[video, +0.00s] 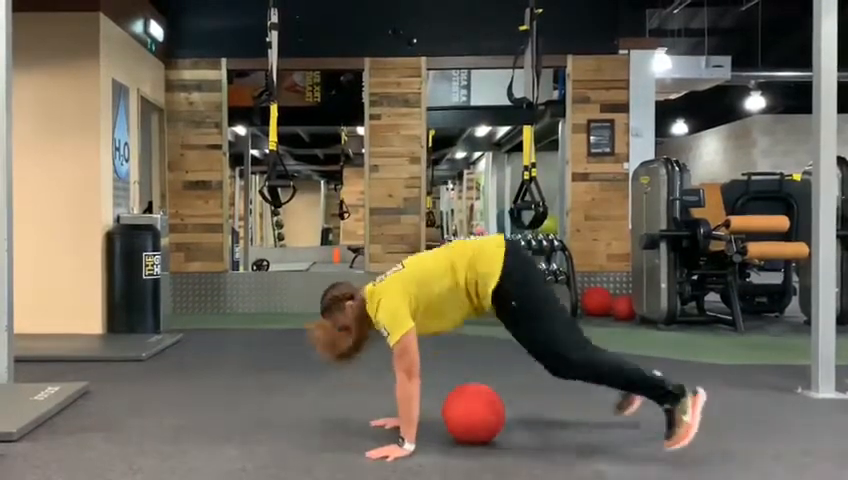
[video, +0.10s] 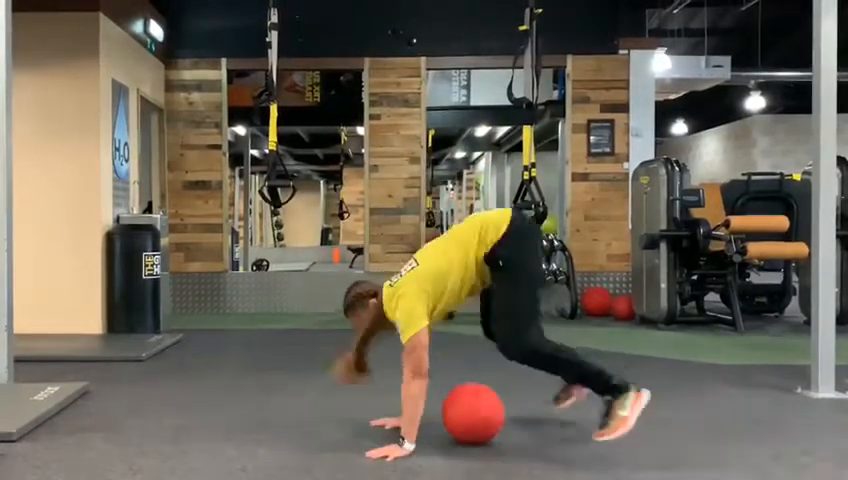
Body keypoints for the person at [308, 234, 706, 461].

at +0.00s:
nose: (348, 334)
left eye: (342, 328)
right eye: (341, 329)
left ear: (348, 313)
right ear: (352, 300)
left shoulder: (387, 299)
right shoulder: (385, 293)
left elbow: (408, 373)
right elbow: (408, 367)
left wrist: (408, 442)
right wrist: (405, 420)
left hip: (503, 269)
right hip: (497, 274)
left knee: (570, 358)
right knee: (562, 356)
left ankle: (679, 398)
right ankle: (635, 380)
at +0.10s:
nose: (362, 330)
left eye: (359, 322)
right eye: (357, 325)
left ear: (371, 305)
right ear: (372, 299)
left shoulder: (407, 300)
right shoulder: (399, 293)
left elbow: (416, 375)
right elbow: (416, 367)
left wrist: (408, 442)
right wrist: (408, 418)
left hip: (510, 236)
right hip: (491, 249)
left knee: (519, 342)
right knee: (500, 334)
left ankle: (622, 392)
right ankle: (578, 377)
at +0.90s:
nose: (456, 98)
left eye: (460, 89)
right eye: (453, 92)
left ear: (484, 78)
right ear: (475, 83)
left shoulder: (507, 106)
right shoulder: (483, 116)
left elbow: (453, 147)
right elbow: (446, 156)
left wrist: (408, 113)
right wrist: (406, 127)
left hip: (512, 234)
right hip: (491, 234)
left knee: (477, 327)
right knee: (460, 315)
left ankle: (514, 441)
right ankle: (488, 402)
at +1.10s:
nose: (443, 88)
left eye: (445, 79)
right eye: (438, 82)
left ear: (464, 61)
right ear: (445, 76)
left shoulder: (497, 85)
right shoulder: (465, 105)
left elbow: (458, 27)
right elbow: (449, 136)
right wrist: (461, 101)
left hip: (490, 224)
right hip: (470, 224)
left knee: (482, 322)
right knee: (470, 315)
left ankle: (516, 441)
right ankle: (491, 400)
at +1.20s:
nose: (422, 88)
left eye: (424, 80)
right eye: (419, 83)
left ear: (445, 68)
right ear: (439, 73)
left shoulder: (476, 89)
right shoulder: (443, 105)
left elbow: (464, 22)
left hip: (484, 223)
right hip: (463, 225)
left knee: (487, 326)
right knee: (474, 318)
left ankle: (517, 442)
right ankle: (492, 401)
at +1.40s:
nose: (408, 91)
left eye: (410, 83)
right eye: (406, 86)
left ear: (432, 70)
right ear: (425, 74)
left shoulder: (466, 91)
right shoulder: (432, 107)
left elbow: (450, 20)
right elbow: (426, 27)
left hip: (477, 226)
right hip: (455, 228)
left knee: (484, 328)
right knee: (463, 319)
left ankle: (515, 442)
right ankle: (488, 400)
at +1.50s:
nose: (426, 72)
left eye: (430, 62)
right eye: (425, 66)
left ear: (449, 57)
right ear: (428, 71)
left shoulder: (481, 85)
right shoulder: (443, 98)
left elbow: (432, 42)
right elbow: (401, 72)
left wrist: (427, 2)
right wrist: (391, 23)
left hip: (481, 221)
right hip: (459, 223)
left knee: (482, 325)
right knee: (464, 317)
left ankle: (513, 441)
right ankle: (487, 400)